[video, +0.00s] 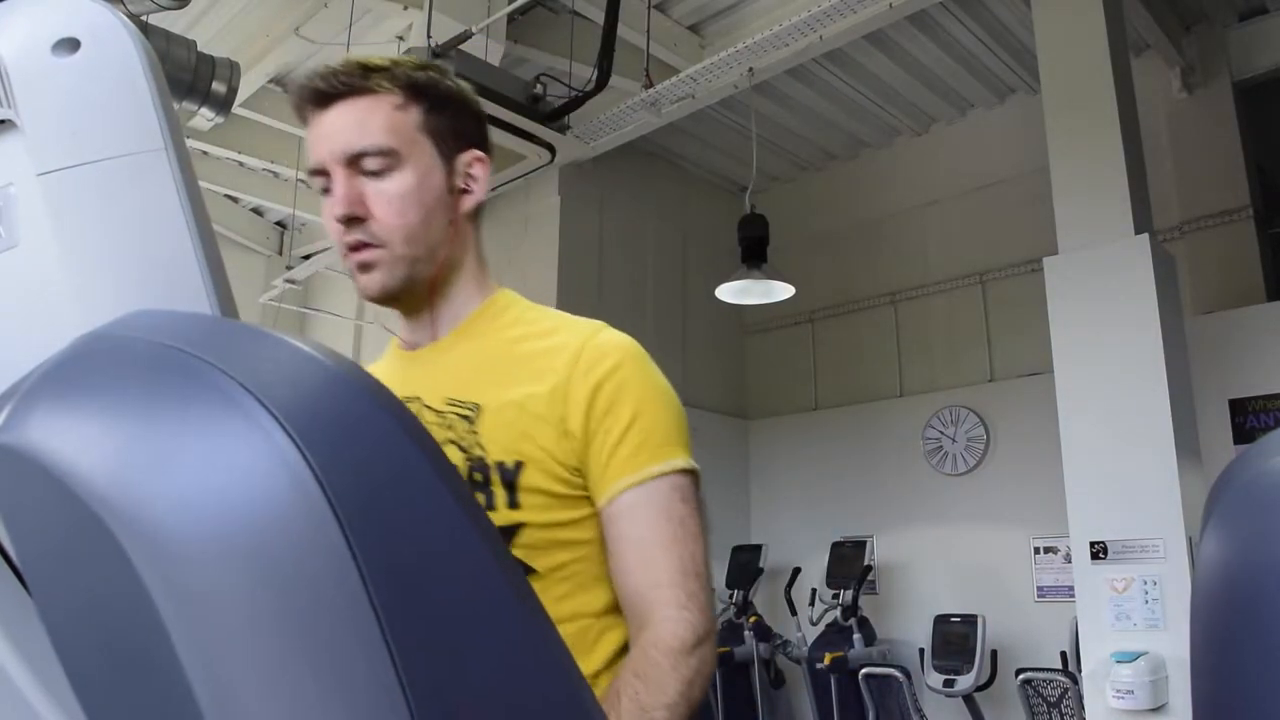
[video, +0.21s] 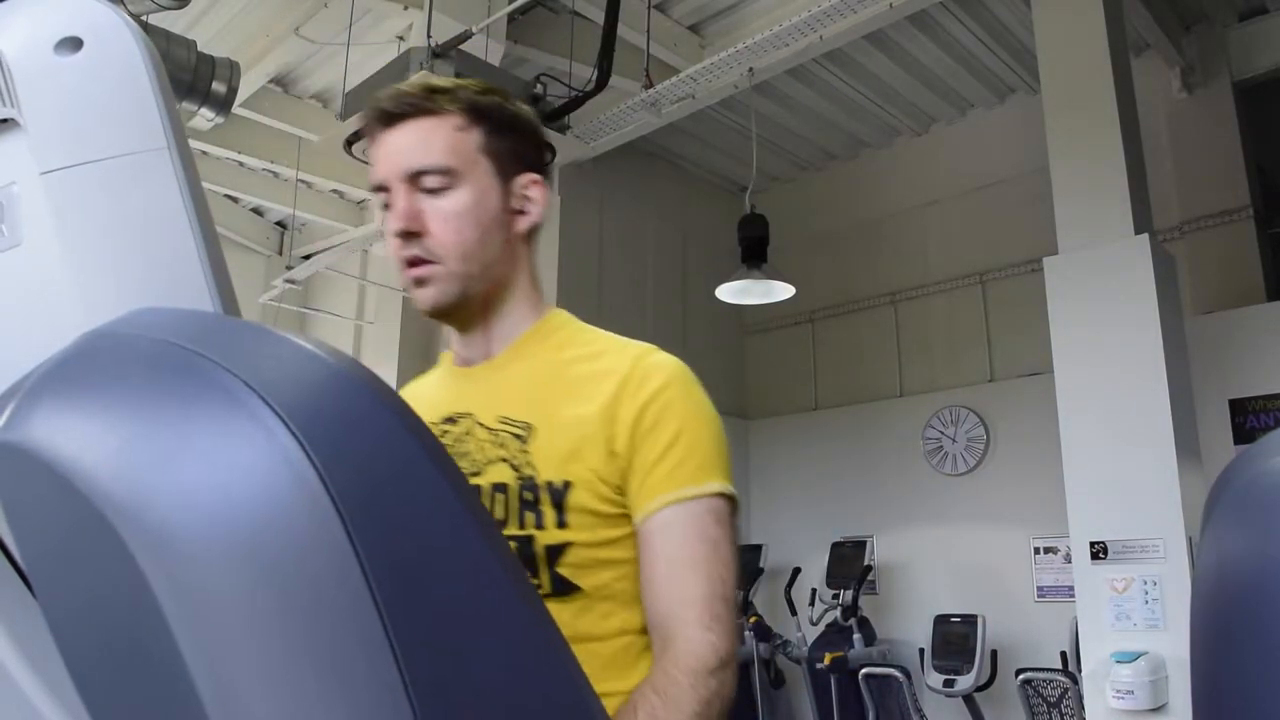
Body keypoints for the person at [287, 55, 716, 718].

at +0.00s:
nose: (340, 210)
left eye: (375, 170)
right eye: (324, 185)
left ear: (468, 181)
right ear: (318, 203)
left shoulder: (597, 369)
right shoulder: (353, 404)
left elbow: (676, 645)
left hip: (579, 701)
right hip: (410, 704)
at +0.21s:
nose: (398, 224)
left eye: (433, 187)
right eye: (384, 200)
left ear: (524, 204)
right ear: (378, 218)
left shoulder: (645, 388)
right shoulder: (394, 420)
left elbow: (697, 664)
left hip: (600, 703)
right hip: (436, 705)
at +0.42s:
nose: (467, 226)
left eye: (504, 194)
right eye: (455, 205)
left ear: (591, 217)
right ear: (447, 224)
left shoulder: (702, 404)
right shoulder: (450, 426)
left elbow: (723, 680)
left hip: (635, 703)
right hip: (469, 703)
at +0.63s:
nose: (534, 224)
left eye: (569, 194)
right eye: (524, 202)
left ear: (652, 216)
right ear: (519, 219)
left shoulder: (746, 395)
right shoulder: (503, 421)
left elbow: (736, 660)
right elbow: (439, 611)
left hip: (665, 703)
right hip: (512, 700)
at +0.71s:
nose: (555, 225)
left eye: (589, 195)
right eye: (545, 203)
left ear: (669, 216)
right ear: (537, 221)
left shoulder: (760, 391)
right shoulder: (515, 416)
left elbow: (749, 648)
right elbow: (424, 579)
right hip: (537, 701)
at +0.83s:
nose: (571, 223)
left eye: (604, 194)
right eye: (561, 204)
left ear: (682, 216)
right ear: (552, 224)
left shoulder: (776, 391)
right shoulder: (518, 413)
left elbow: (789, 637)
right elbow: (396, 544)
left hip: (715, 702)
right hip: (554, 704)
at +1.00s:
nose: (559, 225)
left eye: (591, 197)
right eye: (547, 207)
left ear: (668, 222)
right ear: (539, 231)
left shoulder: (767, 394)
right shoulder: (497, 424)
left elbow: (821, 640)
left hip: (717, 702)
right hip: (540, 704)